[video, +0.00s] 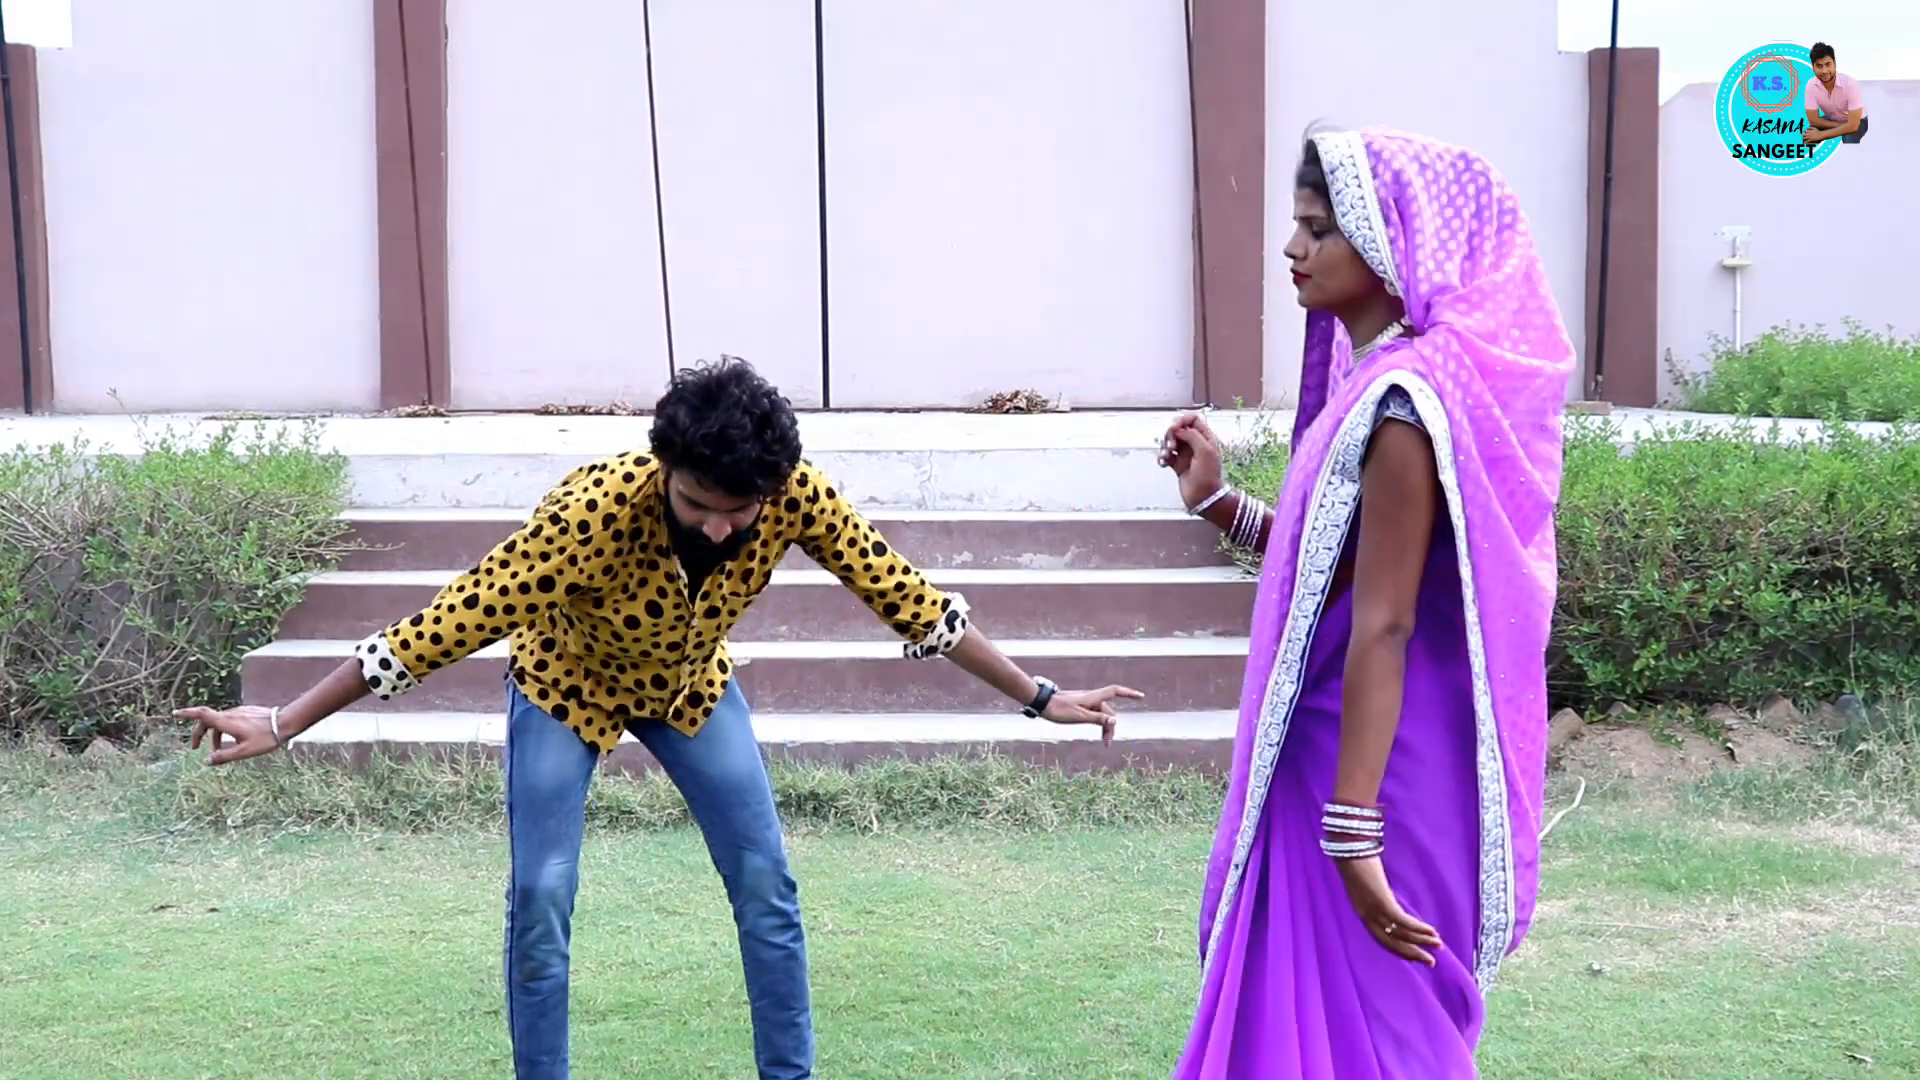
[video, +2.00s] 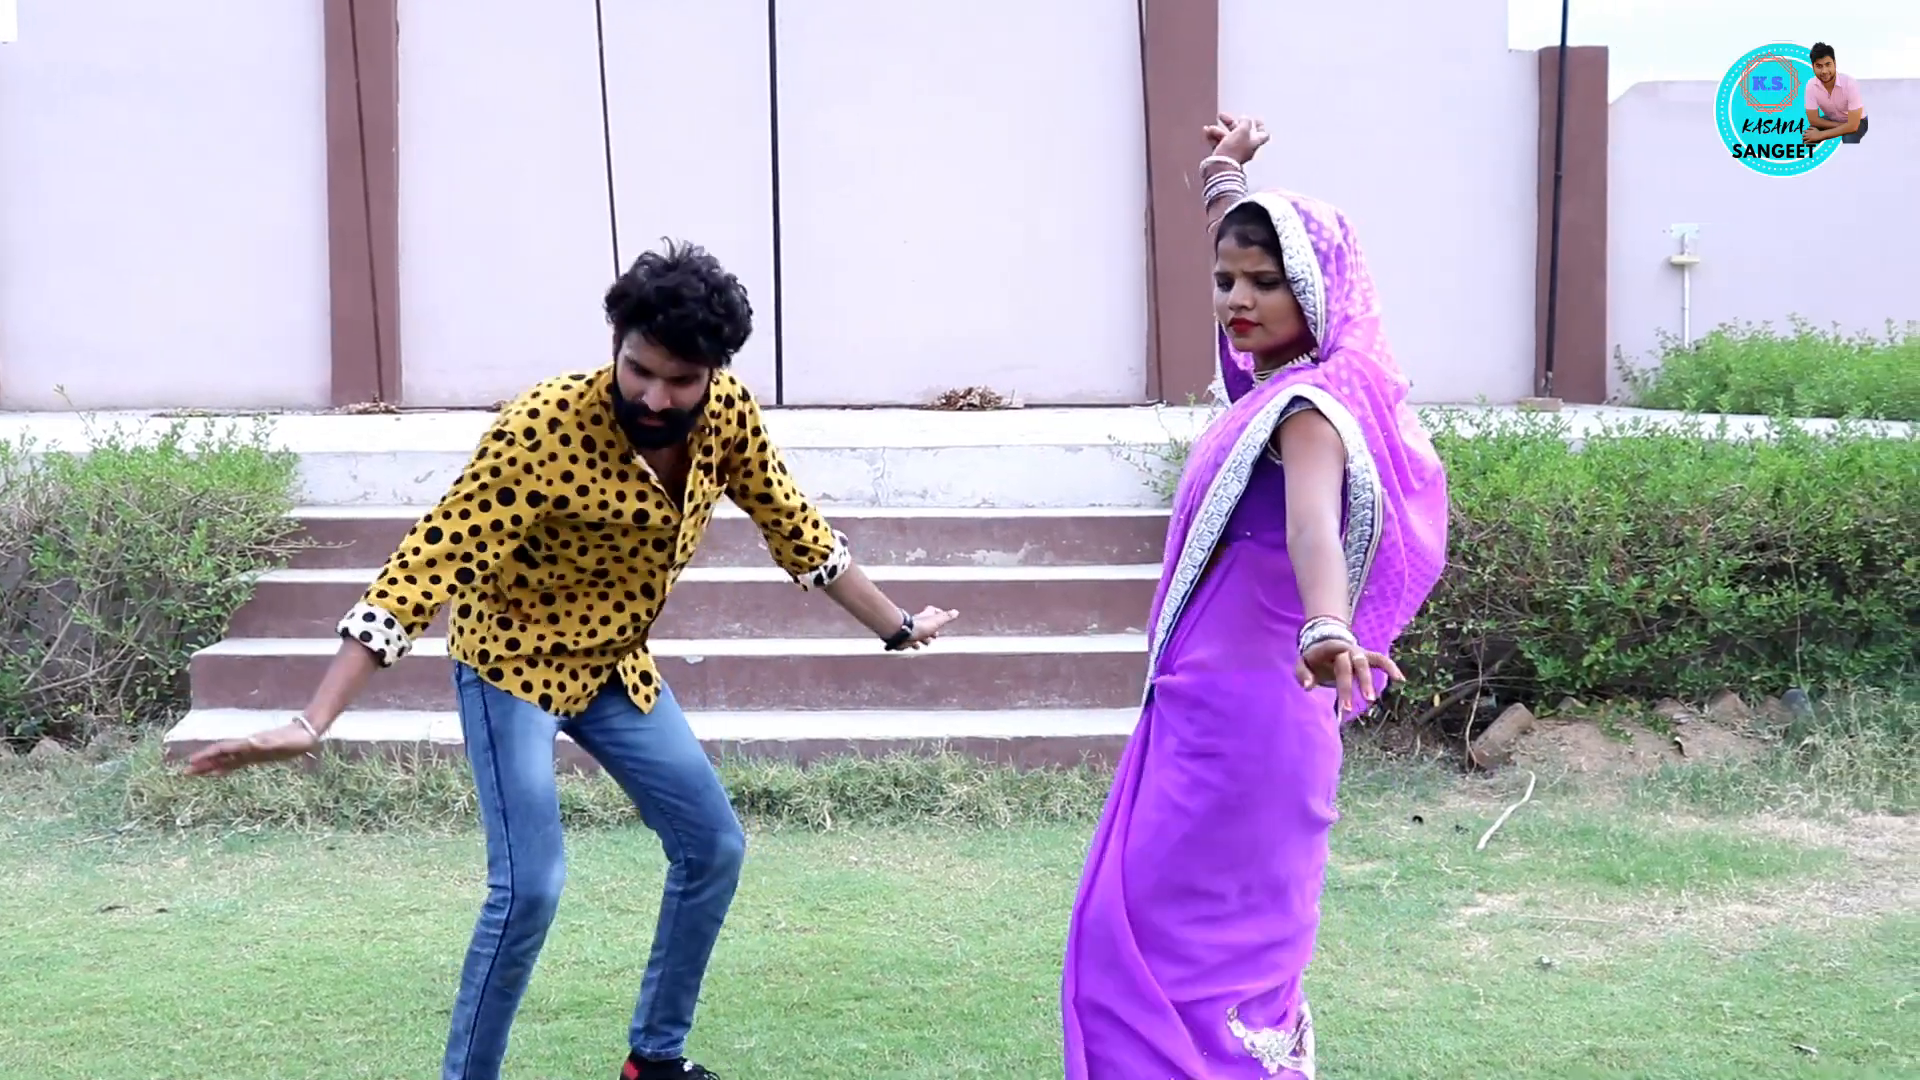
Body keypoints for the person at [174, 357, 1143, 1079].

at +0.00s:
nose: (724, 523)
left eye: (742, 506)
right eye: (706, 503)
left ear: (769, 482)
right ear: (666, 469)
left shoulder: (791, 492)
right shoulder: (596, 510)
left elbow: (904, 595)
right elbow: (451, 620)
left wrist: (1035, 697)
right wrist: (284, 722)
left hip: (688, 680)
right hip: (561, 683)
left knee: (767, 880)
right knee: (539, 897)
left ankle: (788, 1069)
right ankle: (542, 1074)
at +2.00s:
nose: (655, 396)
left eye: (680, 380)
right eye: (640, 370)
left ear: (714, 369)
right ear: (615, 344)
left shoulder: (726, 419)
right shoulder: (546, 427)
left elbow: (799, 532)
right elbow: (427, 560)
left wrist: (895, 626)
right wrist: (315, 719)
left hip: (611, 662)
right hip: (503, 659)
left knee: (713, 845)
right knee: (529, 888)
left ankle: (656, 1059)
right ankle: (468, 1073)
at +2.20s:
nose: (574, 302)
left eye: (593, 281)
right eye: (550, 281)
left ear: (617, 287)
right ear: (514, 285)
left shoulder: (622, 388)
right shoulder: (467, 400)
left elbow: (718, 489)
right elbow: (361, 532)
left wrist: (835, 551)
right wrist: (244, 652)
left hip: (578, 680)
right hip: (465, 685)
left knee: (673, 876)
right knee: (470, 918)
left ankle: (600, 1066)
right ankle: (413, 1072)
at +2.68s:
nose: (438, 202)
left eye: (452, 183)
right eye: (411, 189)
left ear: (477, 201)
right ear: (375, 220)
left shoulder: (507, 339)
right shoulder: (364, 337)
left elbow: (648, 396)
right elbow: (270, 422)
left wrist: (794, 406)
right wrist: (180, 486)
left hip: (530, 662)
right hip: (423, 671)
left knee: (604, 856)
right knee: (408, 912)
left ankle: (553, 1062)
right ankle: (355, 1070)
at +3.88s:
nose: (367, 223)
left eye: (370, 200)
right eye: (334, 218)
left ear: (390, 206)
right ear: (298, 255)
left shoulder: (462, 334)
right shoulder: (314, 363)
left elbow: (594, 319)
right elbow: (264, 438)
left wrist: (727, 245)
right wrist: (223, 483)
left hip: (513, 663)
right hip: (409, 682)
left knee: (600, 862)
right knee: (426, 932)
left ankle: (560, 1065)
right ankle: (370, 1074)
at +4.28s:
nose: (502, 211)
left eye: (495, 192)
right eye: (474, 202)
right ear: (413, 241)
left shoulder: (523, 317)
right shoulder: (394, 365)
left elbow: (641, 312)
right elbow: (351, 487)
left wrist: (751, 230)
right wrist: (327, 546)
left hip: (556, 663)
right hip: (468, 676)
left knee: (643, 845)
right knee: (490, 918)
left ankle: (611, 1068)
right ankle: (430, 1073)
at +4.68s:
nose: (646, 220)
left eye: (641, 201)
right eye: (631, 205)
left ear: (586, 224)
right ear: (579, 226)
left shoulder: (621, 306)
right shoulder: (516, 361)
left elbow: (703, 271)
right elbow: (470, 516)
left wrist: (804, 212)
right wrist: (500, 589)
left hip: (650, 651)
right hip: (574, 665)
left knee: (725, 833)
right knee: (579, 898)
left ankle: (688, 1056)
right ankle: (508, 1071)